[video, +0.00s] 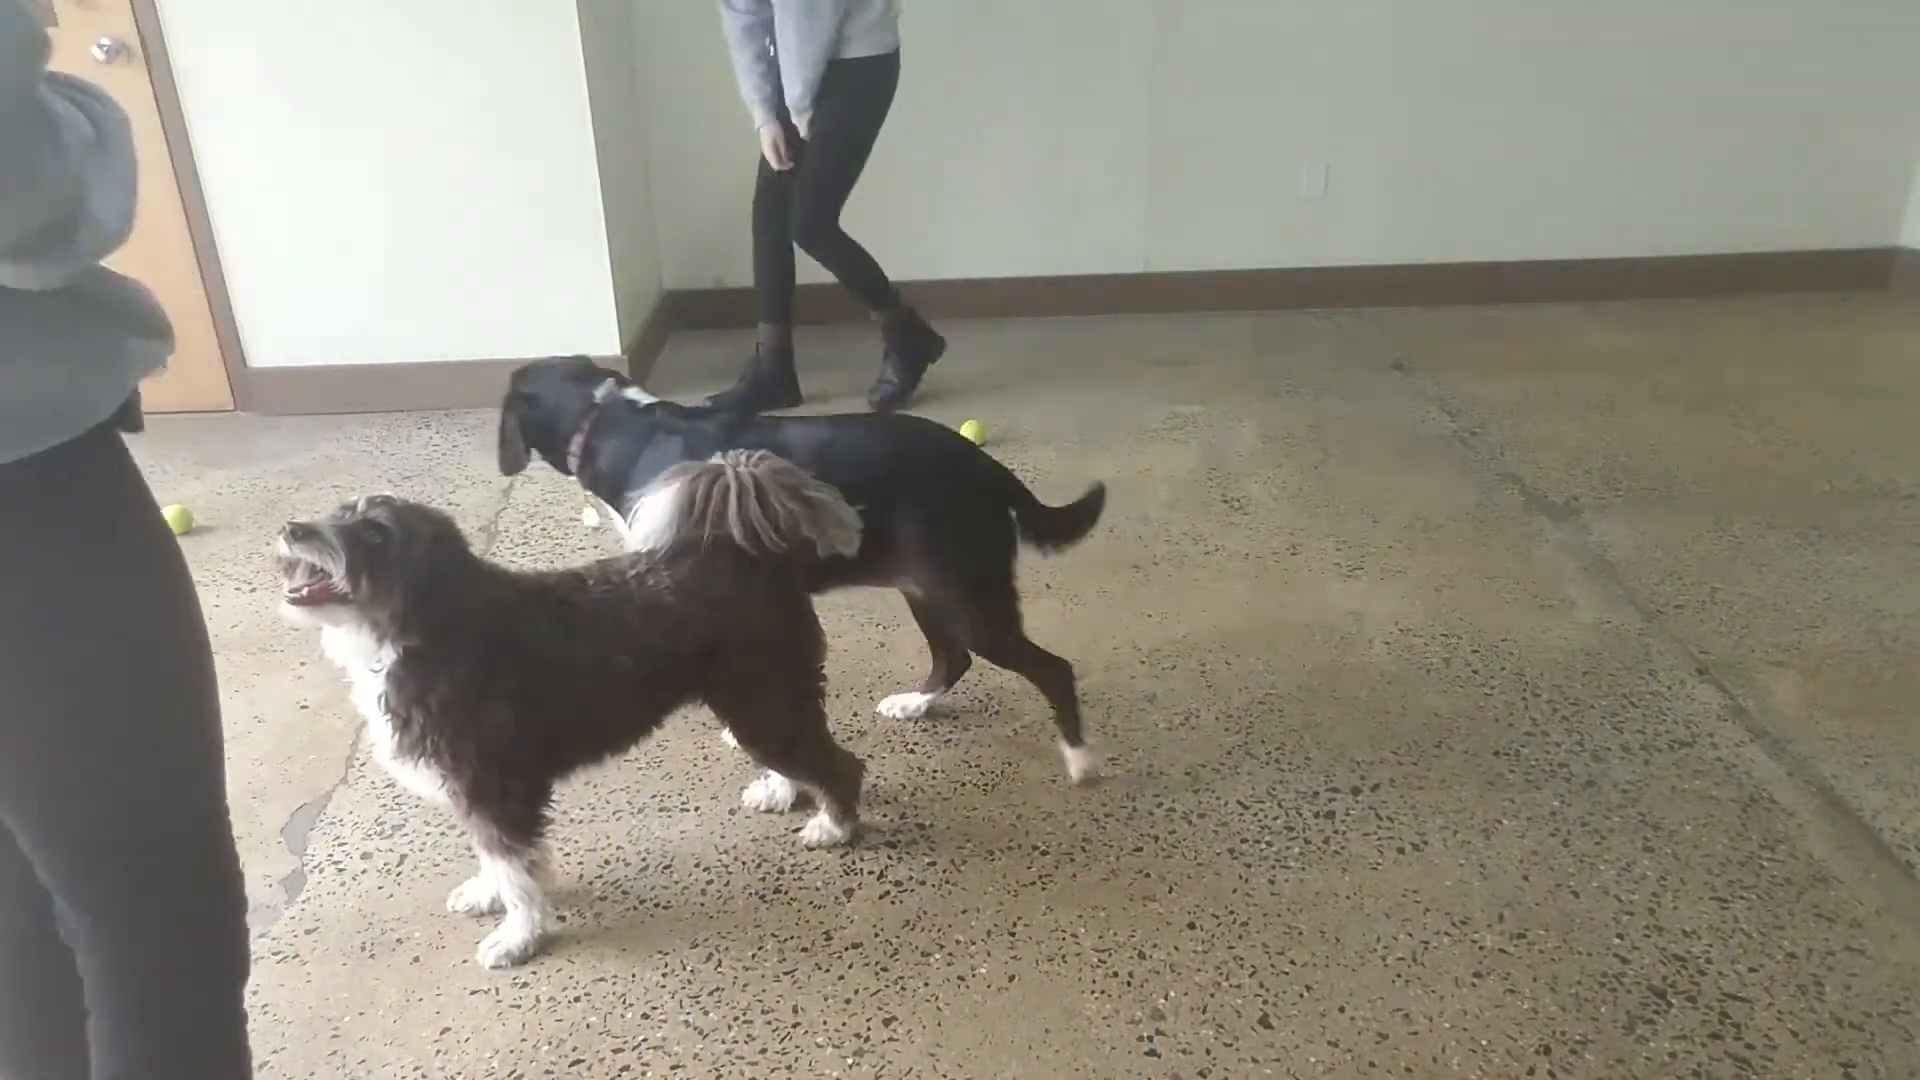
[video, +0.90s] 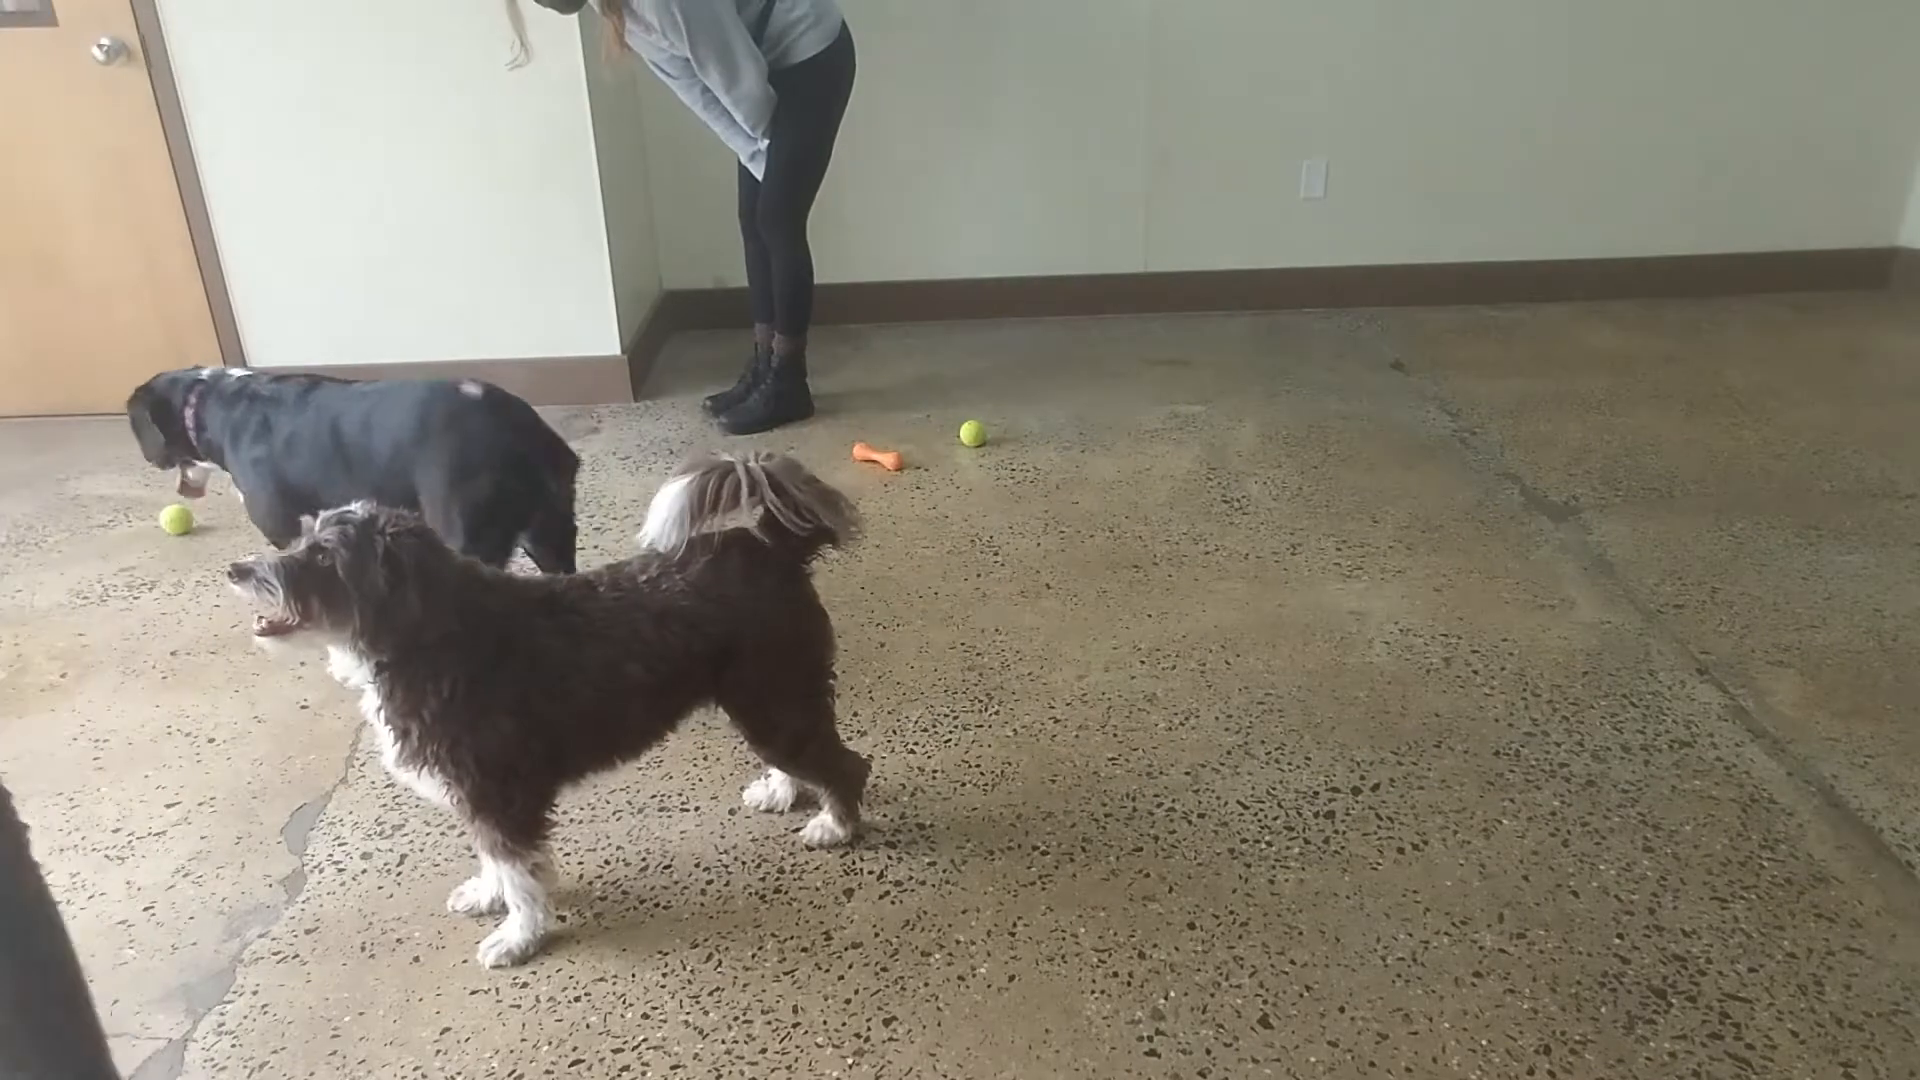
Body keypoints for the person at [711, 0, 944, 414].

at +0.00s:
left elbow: (810, 16)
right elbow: (741, 16)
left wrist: (800, 103)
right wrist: (765, 115)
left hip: (861, 56)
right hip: (794, 58)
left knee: (811, 221)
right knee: (770, 209)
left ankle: (910, 335)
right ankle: (774, 369)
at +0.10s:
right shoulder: (707, 6)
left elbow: (783, 33)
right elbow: (721, 39)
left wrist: (781, 119)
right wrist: (755, 130)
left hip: (843, 50)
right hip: (777, 58)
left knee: (785, 215)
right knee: (757, 213)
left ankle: (865, 349)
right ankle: (772, 370)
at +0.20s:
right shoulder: (684, 7)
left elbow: (770, 49)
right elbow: (713, 59)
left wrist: (771, 130)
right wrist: (755, 142)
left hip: (830, 52)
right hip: (766, 56)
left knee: (782, 213)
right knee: (754, 211)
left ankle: (810, 377)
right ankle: (769, 364)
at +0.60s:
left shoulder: (681, 5)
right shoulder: (636, 17)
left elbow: (748, 79)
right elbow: (697, 89)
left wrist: (773, 128)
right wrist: (756, 154)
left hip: (816, 52)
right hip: (765, 62)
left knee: (782, 216)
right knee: (754, 217)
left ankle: (790, 384)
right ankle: (764, 372)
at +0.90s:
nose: (556, 7)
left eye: (553, 3)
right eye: (550, 5)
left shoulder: (664, 3)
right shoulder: (628, 19)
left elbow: (744, 80)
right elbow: (693, 92)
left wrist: (769, 130)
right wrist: (755, 155)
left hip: (811, 51)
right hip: (760, 62)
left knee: (779, 216)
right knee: (753, 216)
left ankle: (789, 384)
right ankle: (765, 371)